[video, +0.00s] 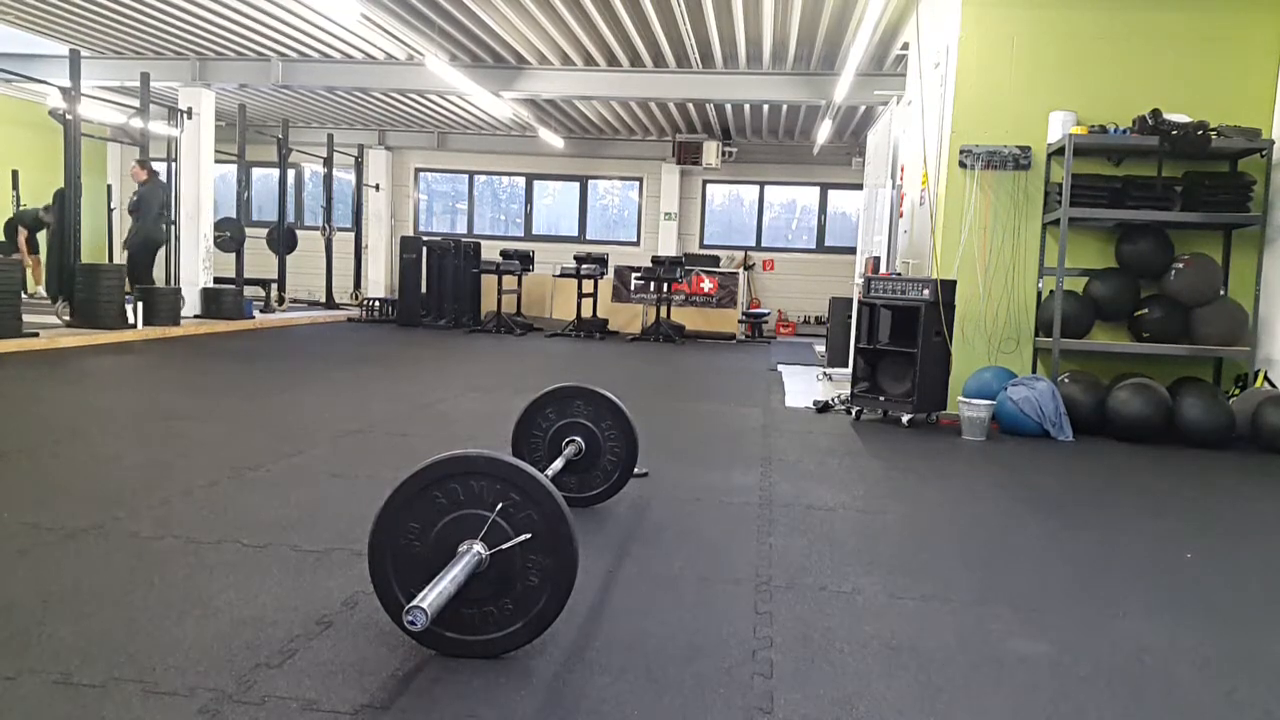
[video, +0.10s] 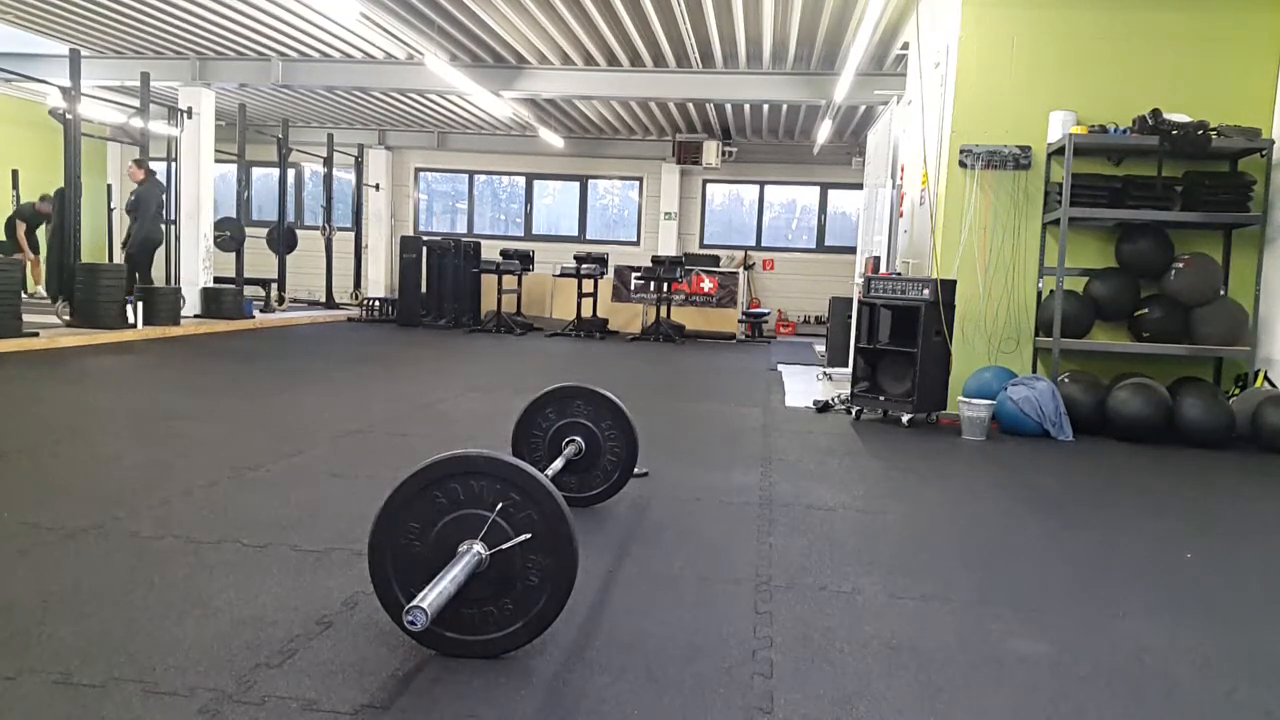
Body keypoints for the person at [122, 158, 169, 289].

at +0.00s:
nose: (131, 173)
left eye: (134, 169)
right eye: (132, 170)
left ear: (145, 170)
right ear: (145, 171)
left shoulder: (148, 189)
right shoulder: (159, 186)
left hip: (144, 235)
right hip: (155, 233)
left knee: (135, 271)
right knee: (144, 272)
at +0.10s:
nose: (128, 172)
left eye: (131, 168)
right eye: (129, 168)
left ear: (141, 170)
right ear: (141, 171)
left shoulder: (148, 189)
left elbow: (143, 221)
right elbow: (135, 220)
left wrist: (131, 246)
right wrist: (127, 240)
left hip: (148, 233)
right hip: (141, 232)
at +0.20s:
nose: (126, 172)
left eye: (129, 169)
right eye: (127, 169)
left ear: (139, 171)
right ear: (139, 171)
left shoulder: (145, 189)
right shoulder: (139, 189)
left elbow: (142, 221)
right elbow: (132, 221)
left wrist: (132, 246)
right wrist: (124, 241)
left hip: (146, 234)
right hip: (138, 233)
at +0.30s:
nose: (124, 173)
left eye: (127, 169)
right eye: (124, 169)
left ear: (137, 171)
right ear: (137, 172)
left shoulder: (141, 190)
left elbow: (142, 221)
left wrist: (134, 246)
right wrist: (123, 240)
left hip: (140, 234)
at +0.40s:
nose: (120, 172)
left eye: (123, 168)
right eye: (120, 168)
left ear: (133, 170)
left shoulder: (142, 189)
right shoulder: (128, 190)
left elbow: (142, 219)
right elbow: (124, 221)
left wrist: (134, 246)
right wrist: (117, 242)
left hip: (138, 237)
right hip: (125, 237)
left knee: (140, 277)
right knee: (123, 276)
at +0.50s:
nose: (117, 171)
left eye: (120, 168)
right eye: (117, 168)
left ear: (131, 170)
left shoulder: (139, 188)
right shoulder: (125, 189)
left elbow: (139, 218)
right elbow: (120, 219)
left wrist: (131, 246)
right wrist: (115, 240)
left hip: (135, 238)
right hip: (122, 238)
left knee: (139, 278)